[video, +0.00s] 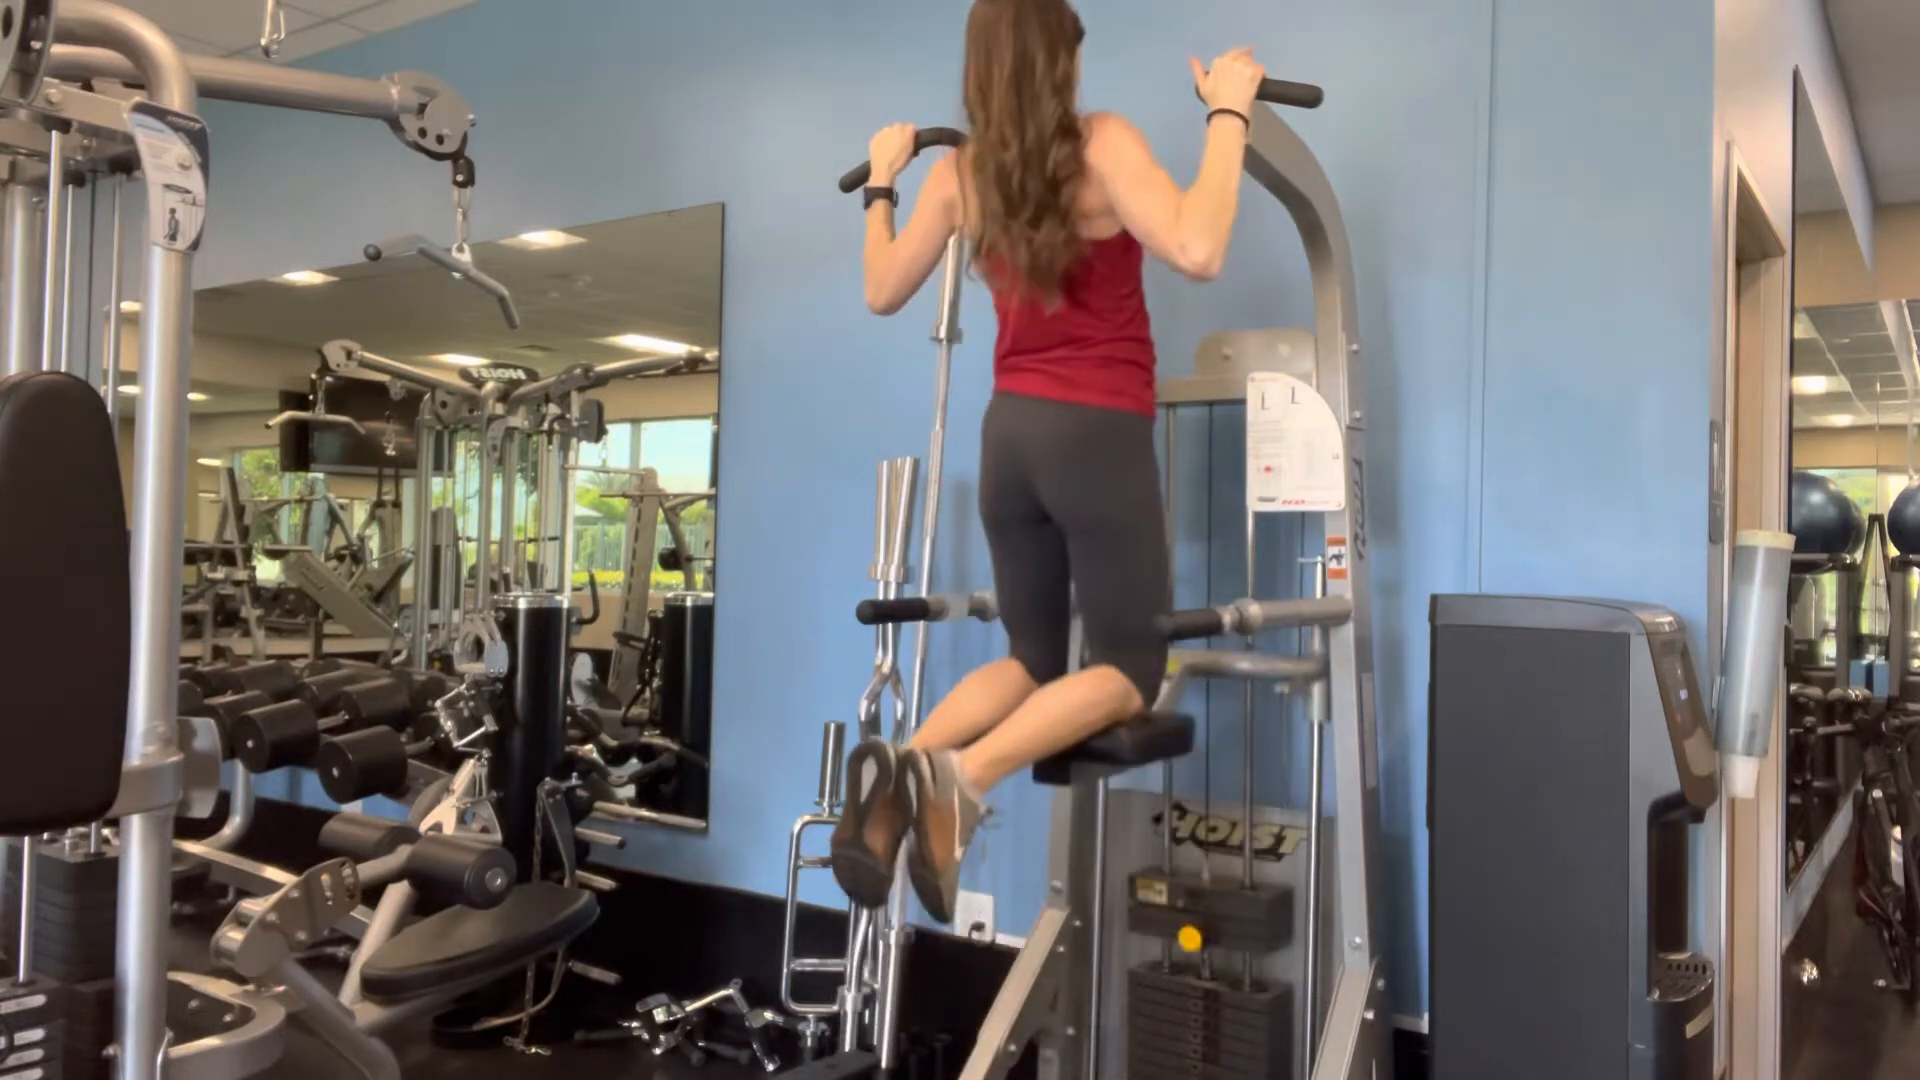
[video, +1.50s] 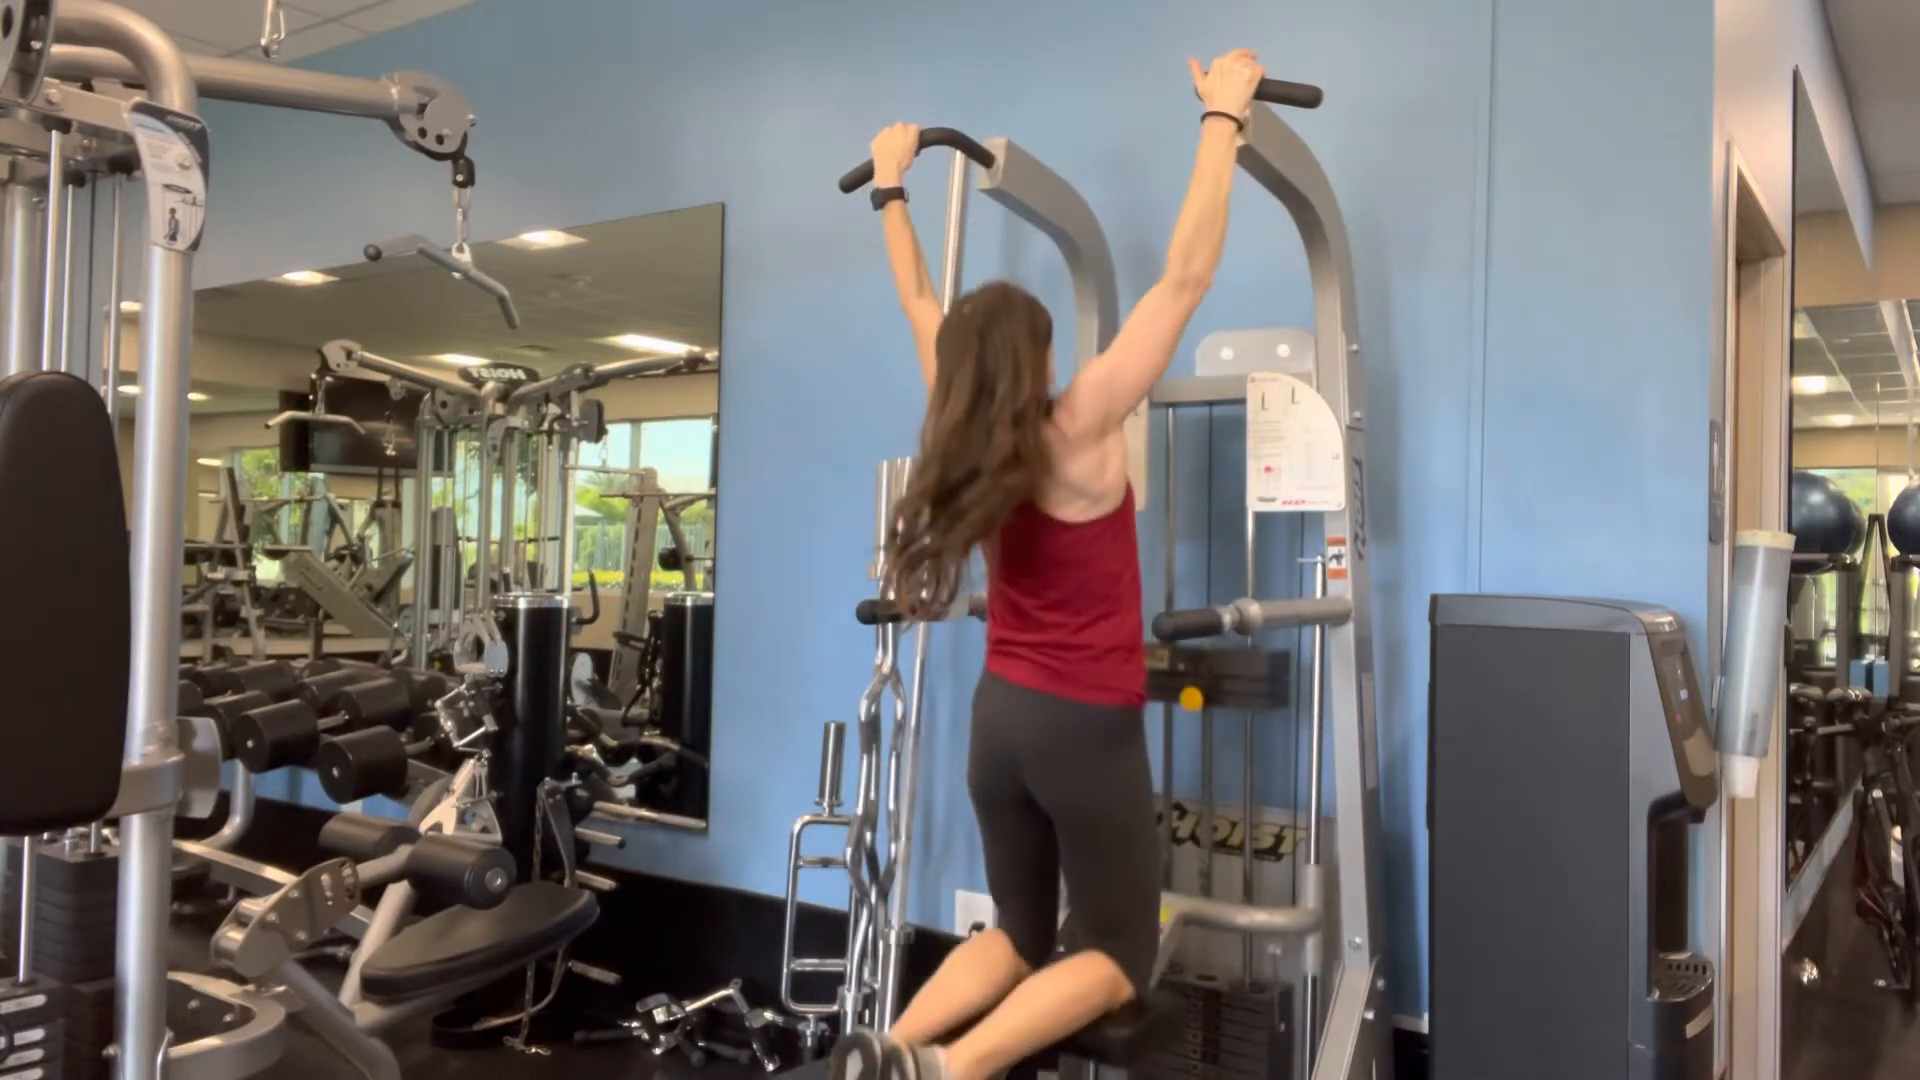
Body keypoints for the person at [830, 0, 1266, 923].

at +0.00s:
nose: (1076, 62)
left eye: (1064, 45)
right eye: (1072, 48)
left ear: (982, 65)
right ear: (1064, 59)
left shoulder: (960, 169)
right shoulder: (1103, 142)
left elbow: (884, 289)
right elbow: (1199, 250)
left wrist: (880, 178)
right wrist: (1229, 113)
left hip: (1009, 435)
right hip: (1097, 437)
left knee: (1033, 660)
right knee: (1130, 674)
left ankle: (904, 769)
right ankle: (963, 779)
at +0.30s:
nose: (1080, 29)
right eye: (1076, 20)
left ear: (989, 35)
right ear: (1069, 29)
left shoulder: (966, 146)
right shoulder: (1108, 115)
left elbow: (893, 278)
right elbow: (1160, 240)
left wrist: (879, 180)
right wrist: (1226, 117)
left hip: (1013, 401)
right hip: (1101, 400)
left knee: (1032, 623)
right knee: (1133, 638)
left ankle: (905, 713)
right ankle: (966, 723)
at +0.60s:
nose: (1077, 30)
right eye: (1074, 21)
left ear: (985, 38)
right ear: (1068, 32)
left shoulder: (969, 146)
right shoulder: (1105, 119)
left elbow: (891, 278)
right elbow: (1165, 240)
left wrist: (879, 180)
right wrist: (1227, 117)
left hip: (1011, 405)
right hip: (1099, 404)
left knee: (1033, 627)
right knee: (1133, 644)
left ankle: (904, 721)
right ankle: (967, 725)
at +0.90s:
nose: (1070, 81)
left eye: (1066, 67)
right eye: (1065, 67)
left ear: (974, 84)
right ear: (1052, 77)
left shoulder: (952, 183)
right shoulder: (1093, 161)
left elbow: (884, 291)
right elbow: (1209, 252)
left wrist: (878, 181)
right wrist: (1230, 114)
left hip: (1010, 441)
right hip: (1098, 444)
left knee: (1036, 663)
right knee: (1133, 679)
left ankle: (900, 750)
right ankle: (971, 748)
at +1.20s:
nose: (1033, 229)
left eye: (996, 221)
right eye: (1025, 217)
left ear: (945, 240)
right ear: (1022, 231)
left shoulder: (937, 327)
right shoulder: (1067, 307)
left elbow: (887, 287)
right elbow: (1223, 262)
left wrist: (885, 184)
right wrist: (1227, 116)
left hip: (995, 603)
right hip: (1084, 610)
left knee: (1026, 812)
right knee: (1123, 837)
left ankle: (898, 909)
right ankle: (955, 927)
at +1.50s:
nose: (1056, 336)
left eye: (1032, 331)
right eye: (1046, 329)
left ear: (966, 359)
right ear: (1040, 350)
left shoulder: (971, 428)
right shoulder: (1084, 420)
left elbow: (918, 303)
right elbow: (1186, 278)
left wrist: (888, 185)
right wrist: (1222, 119)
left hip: (1001, 717)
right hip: (1087, 731)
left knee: (1017, 933)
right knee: (1118, 958)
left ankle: (892, 1047)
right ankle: (957, 1065)